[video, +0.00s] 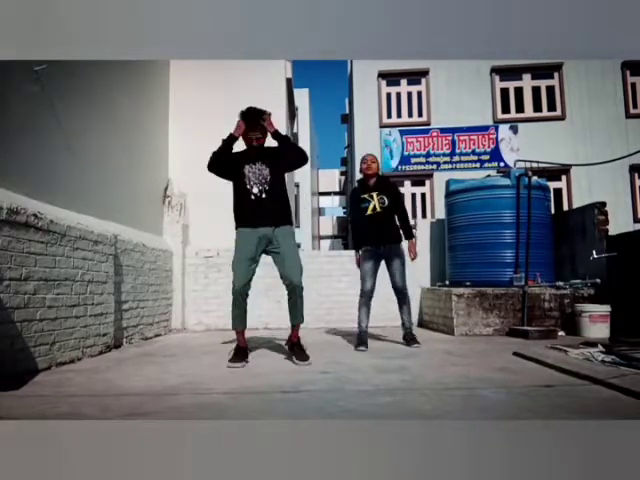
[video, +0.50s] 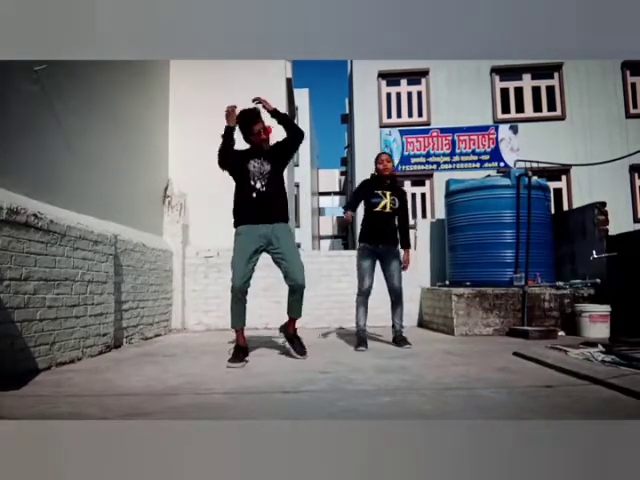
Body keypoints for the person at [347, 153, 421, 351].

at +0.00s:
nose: (368, 165)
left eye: (371, 162)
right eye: (365, 163)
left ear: (378, 166)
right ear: (361, 167)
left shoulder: (389, 186)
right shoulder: (356, 192)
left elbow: (401, 213)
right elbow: (353, 222)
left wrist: (411, 239)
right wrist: (357, 250)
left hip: (392, 244)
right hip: (368, 246)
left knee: (400, 288)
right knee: (366, 290)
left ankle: (408, 332)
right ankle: (362, 336)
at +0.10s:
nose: (367, 165)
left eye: (370, 162)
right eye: (363, 163)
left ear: (376, 166)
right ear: (359, 167)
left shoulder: (387, 186)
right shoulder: (355, 191)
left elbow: (400, 213)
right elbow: (351, 223)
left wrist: (410, 238)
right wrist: (351, 253)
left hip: (391, 245)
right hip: (368, 247)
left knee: (402, 287)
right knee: (365, 291)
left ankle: (408, 330)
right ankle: (361, 336)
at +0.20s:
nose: (369, 164)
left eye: (372, 160)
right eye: (365, 161)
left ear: (377, 164)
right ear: (360, 167)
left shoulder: (386, 184)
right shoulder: (355, 188)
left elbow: (397, 211)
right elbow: (347, 216)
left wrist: (407, 238)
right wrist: (342, 244)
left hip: (391, 243)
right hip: (368, 245)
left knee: (403, 284)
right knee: (366, 290)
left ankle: (404, 327)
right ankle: (362, 335)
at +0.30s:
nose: (373, 165)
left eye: (376, 161)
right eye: (369, 162)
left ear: (381, 165)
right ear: (363, 166)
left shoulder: (387, 187)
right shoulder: (358, 187)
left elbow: (396, 217)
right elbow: (346, 208)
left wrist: (405, 243)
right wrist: (340, 222)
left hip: (391, 243)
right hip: (369, 244)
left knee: (399, 288)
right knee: (367, 289)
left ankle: (399, 333)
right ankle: (362, 336)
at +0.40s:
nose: (379, 164)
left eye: (382, 160)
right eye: (375, 161)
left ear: (387, 164)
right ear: (370, 165)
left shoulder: (393, 188)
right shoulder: (363, 185)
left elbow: (399, 221)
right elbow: (348, 203)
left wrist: (405, 247)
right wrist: (343, 214)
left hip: (392, 244)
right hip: (369, 244)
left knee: (397, 288)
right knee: (368, 289)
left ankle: (399, 333)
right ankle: (362, 336)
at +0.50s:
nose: (384, 165)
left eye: (387, 162)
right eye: (380, 162)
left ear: (393, 165)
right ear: (376, 166)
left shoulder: (399, 191)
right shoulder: (368, 185)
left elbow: (403, 222)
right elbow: (353, 201)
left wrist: (406, 249)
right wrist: (349, 212)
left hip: (390, 245)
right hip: (367, 244)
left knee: (396, 289)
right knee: (364, 289)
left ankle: (398, 333)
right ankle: (361, 335)